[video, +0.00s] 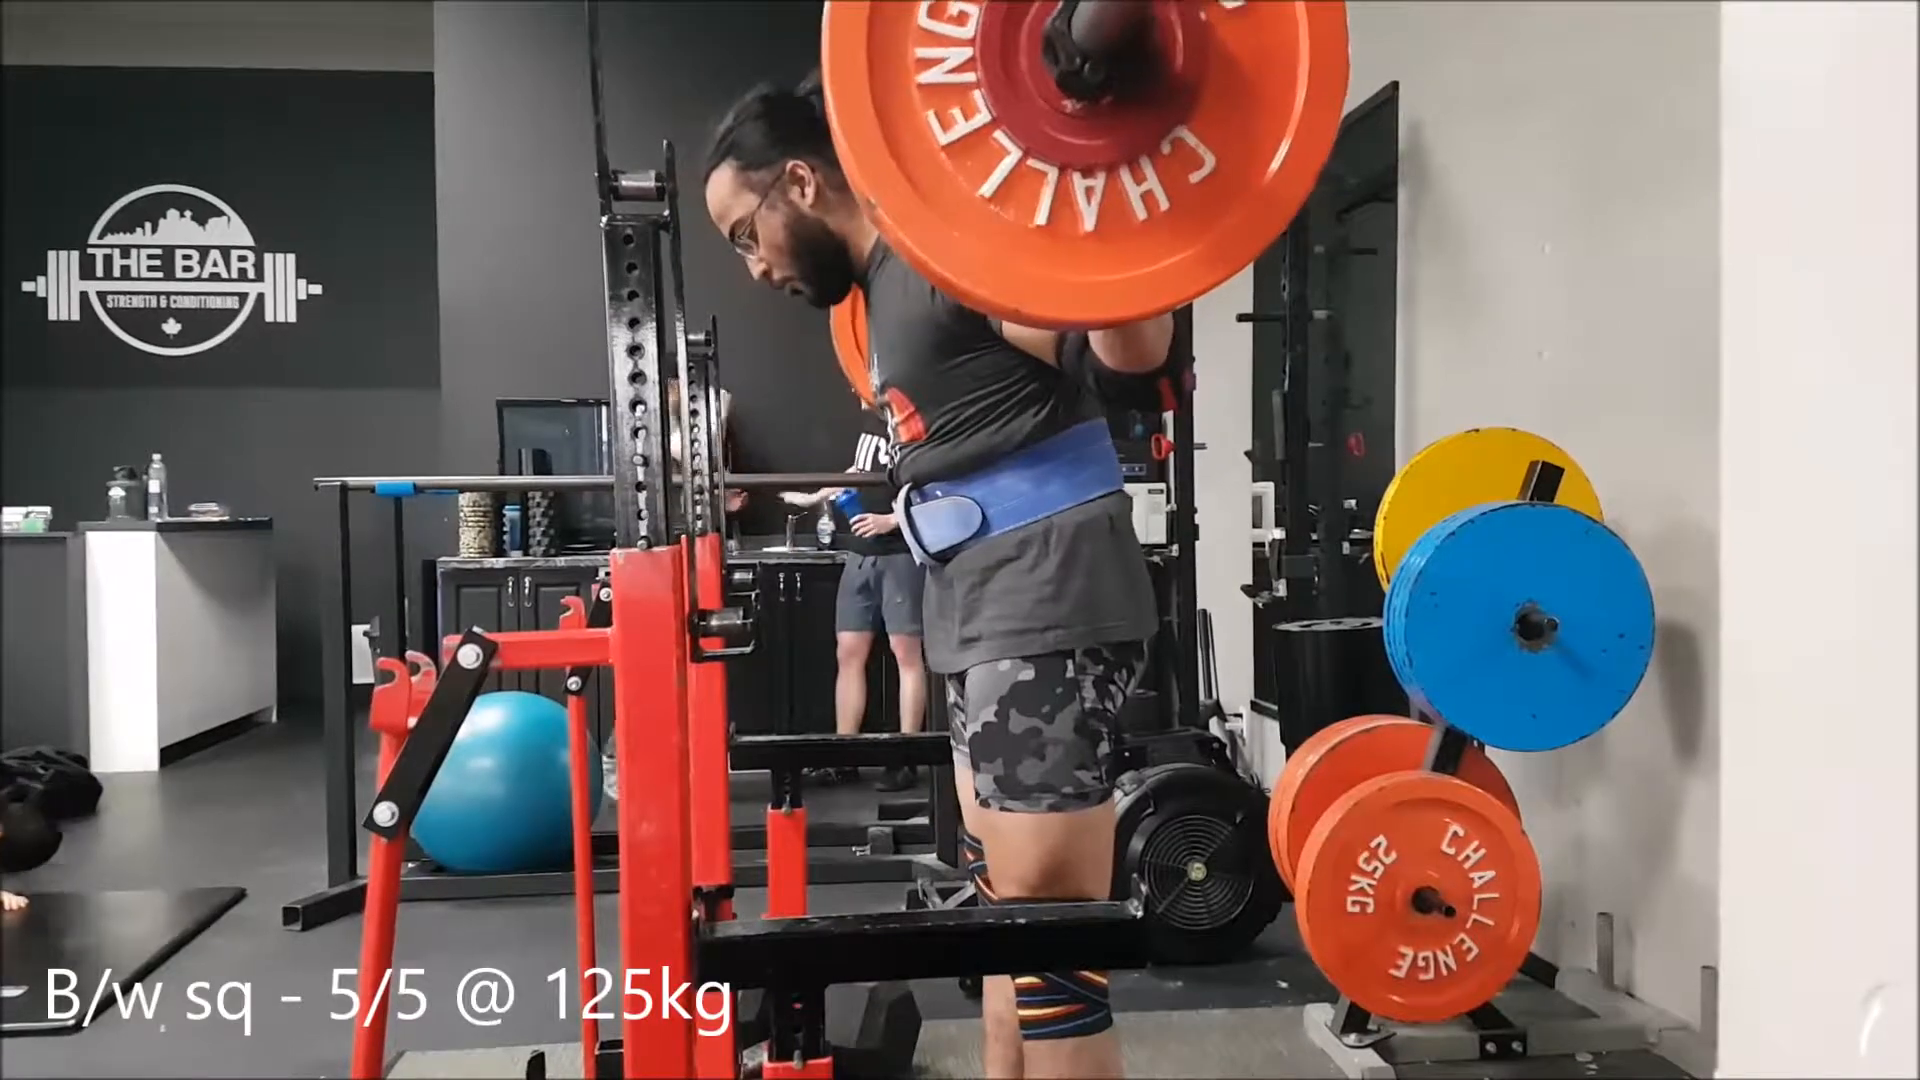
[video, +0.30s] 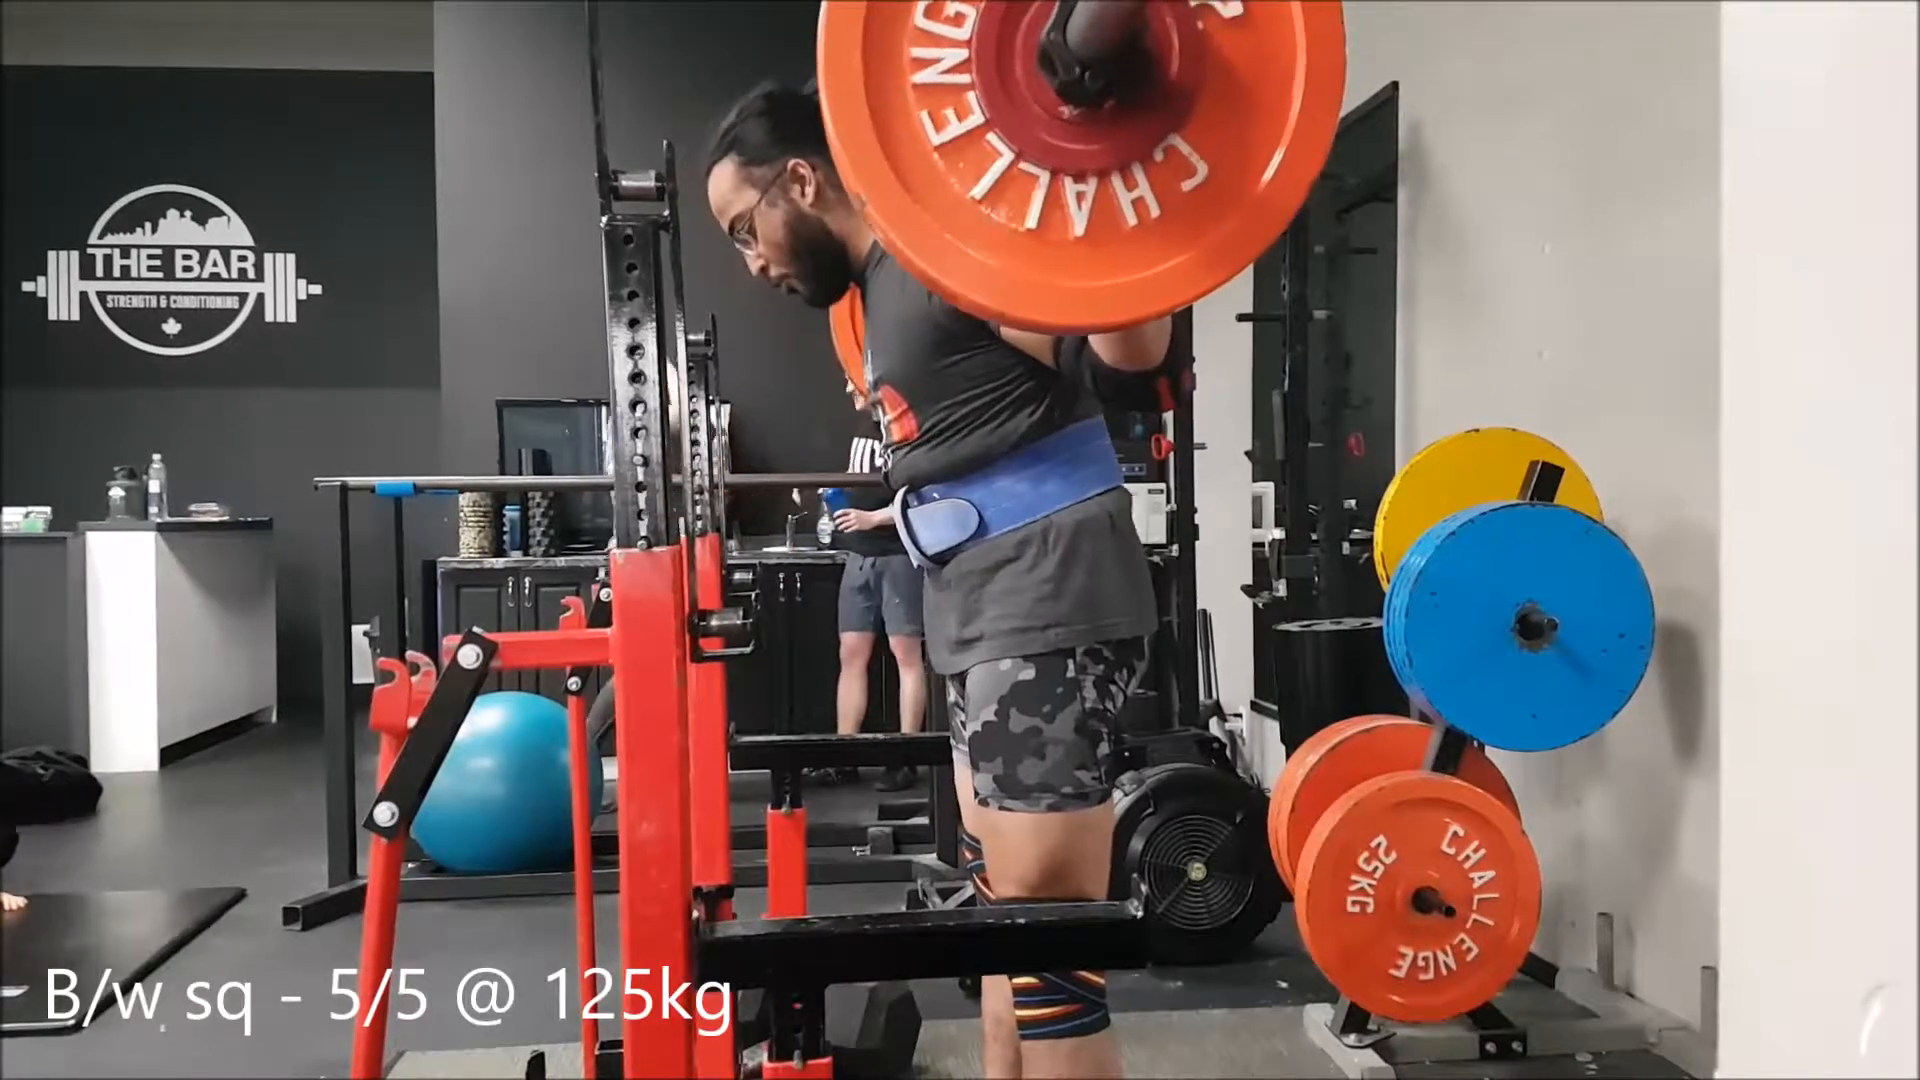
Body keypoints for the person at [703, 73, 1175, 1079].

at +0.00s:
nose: (753, 263)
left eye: (747, 230)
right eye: (737, 244)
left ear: (804, 179)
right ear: (799, 188)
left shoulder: (945, 236)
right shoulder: (882, 290)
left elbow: (1134, 346)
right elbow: (911, 479)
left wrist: (1137, 171)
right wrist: (774, 494)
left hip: (1049, 598)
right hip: (981, 606)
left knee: (1050, 941)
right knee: (1005, 932)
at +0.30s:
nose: (752, 258)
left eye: (747, 225)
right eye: (737, 240)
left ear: (805, 175)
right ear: (805, 184)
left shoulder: (938, 234)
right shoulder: (880, 278)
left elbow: (1135, 342)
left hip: (1048, 590)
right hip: (982, 597)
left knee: (1046, 942)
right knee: (1003, 930)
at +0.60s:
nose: (754, 252)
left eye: (750, 218)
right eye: (739, 234)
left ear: (806, 165)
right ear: (799, 177)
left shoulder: (935, 233)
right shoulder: (868, 285)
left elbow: (1122, 363)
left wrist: (1136, 198)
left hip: (1046, 586)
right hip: (973, 592)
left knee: (1043, 938)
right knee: (998, 926)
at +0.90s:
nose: (754, 247)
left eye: (750, 213)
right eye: (739, 229)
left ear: (806, 159)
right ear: (800, 169)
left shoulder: (931, 237)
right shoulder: (861, 289)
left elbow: (1120, 365)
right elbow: (943, 454)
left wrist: (1136, 190)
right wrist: (858, 512)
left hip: (1042, 572)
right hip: (972, 583)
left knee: (1029, 928)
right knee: (988, 912)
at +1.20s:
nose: (748, 301)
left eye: (743, 270)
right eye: (732, 284)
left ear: (795, 214)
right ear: (795, 224)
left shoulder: (924, 286)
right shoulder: (865, 333)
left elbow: (1116, 417)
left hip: (1080, 610)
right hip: (1000, 627)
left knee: (959, 946)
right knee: (928, 858)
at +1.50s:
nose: (740, 449)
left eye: (730, 416)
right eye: (724, 429)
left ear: (781, 364)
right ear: (783, 368)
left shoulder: (918, 411)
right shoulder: (855, 444)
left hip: (1126, 721)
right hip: (1023, 723)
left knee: (938, 1005)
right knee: (905, 868)